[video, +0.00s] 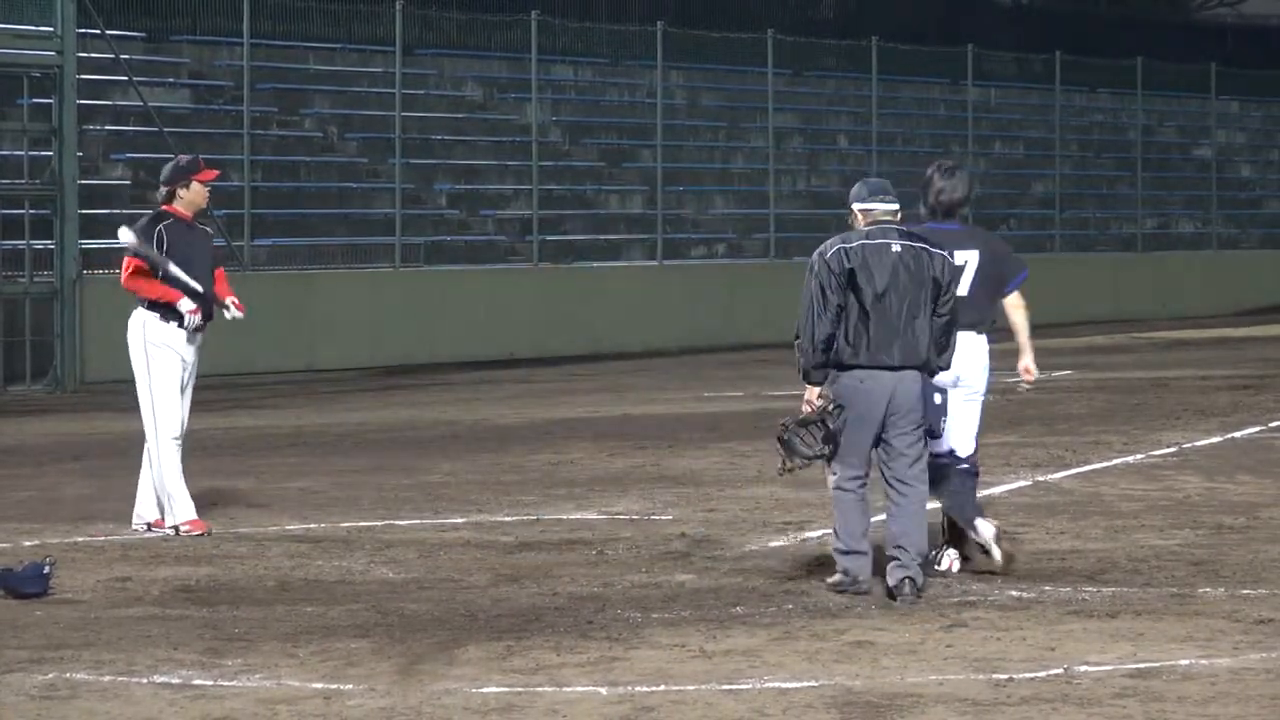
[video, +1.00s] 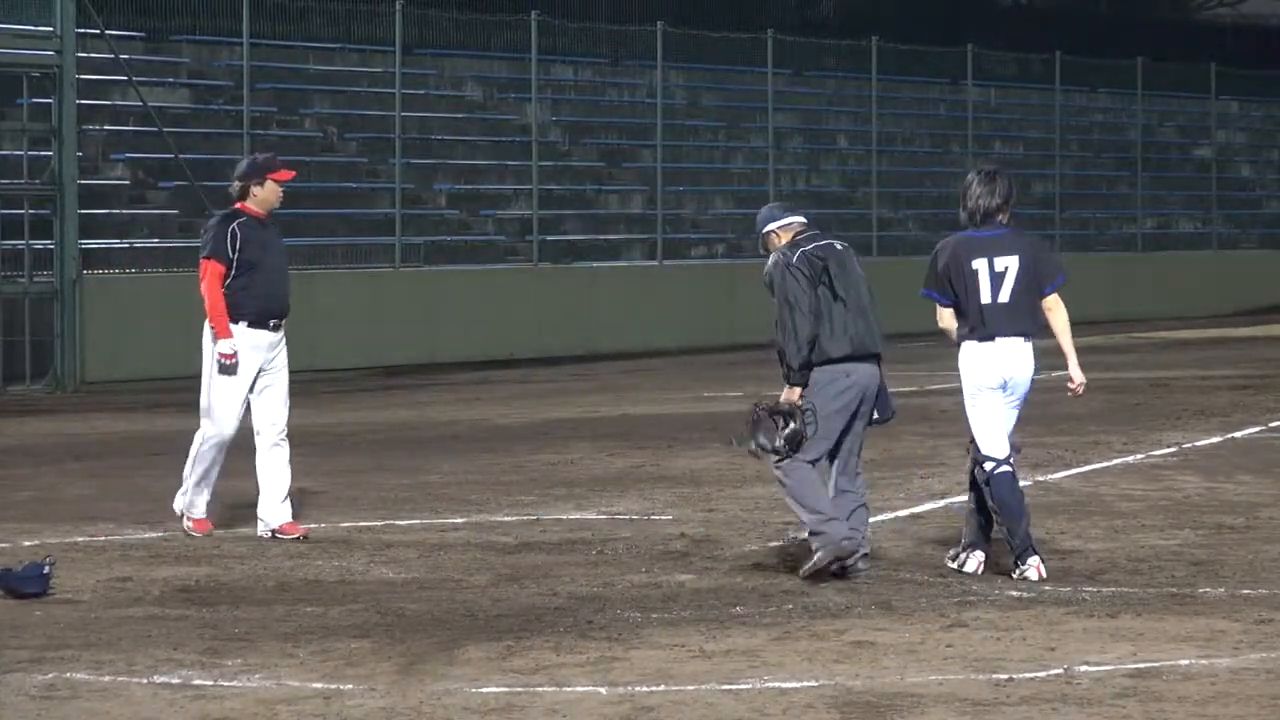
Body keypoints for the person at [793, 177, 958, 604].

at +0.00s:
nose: (853, 219)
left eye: (853, 214)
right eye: (857, 213)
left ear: (858, 215)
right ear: (897, 213)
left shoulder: (834, 254)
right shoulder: (930, 255)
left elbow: (818, 325)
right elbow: (944, 319)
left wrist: (814, 380)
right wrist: (928, 367)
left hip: (855, 382)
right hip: (910, 382)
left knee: (849, 477)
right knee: (907, 477)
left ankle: (853, 571)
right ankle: (907, 571)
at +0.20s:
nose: (829, 229)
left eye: (829, 224)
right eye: (831, 224)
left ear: (836, 222)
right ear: (876, 220)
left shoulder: (817, 262)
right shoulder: (912, 258)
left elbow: (809, 333)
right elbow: (931, 323)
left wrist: (807, 388)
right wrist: (920, 375)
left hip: (844, 386)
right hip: (898, 384)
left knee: (842, 475)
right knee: (900, 474)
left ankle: (839, 568)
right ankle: (905, 566)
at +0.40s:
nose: (805, 230)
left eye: (806, 224)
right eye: (807, 224)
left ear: (816, 221)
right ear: (852, 218)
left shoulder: (800, 259)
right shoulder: (895, 255)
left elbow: (795, 329)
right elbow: (911, 319)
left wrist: (794, 385)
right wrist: (903, 369)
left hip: (830, 380)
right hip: (884, 378)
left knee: (830, 479)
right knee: (880, 465)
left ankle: (838, 566)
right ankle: (892, 532)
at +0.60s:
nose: (794, 230)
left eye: (794, 225)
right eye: (795, 225)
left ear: (802, 222)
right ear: (837, 217)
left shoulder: (791, 256)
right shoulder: (882, 251)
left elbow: (787, 322)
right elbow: (899, 315)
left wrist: (784, 380)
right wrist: (895, 367)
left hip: (825, 377)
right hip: (877, 375)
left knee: (826, 473)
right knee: (864, 463)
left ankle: (839, 568)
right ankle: (868, 550)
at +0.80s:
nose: (786, 242)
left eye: (784, 237)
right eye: (785, 237)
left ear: (792, 232)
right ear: (822, 225)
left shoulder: (795, 262)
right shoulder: (867, 257)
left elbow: (790, 324)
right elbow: (884, 318)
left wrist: (783, 384)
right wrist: (882, 372)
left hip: (828, 382)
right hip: (870, 381)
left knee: (819, 473)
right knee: (852, 471)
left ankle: (838, 565)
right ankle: (855, 556)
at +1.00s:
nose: (769, 249)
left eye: (767, 242)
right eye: (767, 243)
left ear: (775, 234)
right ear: (803, 226)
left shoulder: (786, 260)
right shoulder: (842, 250)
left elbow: (797, 320)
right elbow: (861, 313)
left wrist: (795, 380)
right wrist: (872, 370)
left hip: (830, 374)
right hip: (866, 371)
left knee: (793, 459)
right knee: (846, 462)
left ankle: (830, 537)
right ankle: (854, 546)